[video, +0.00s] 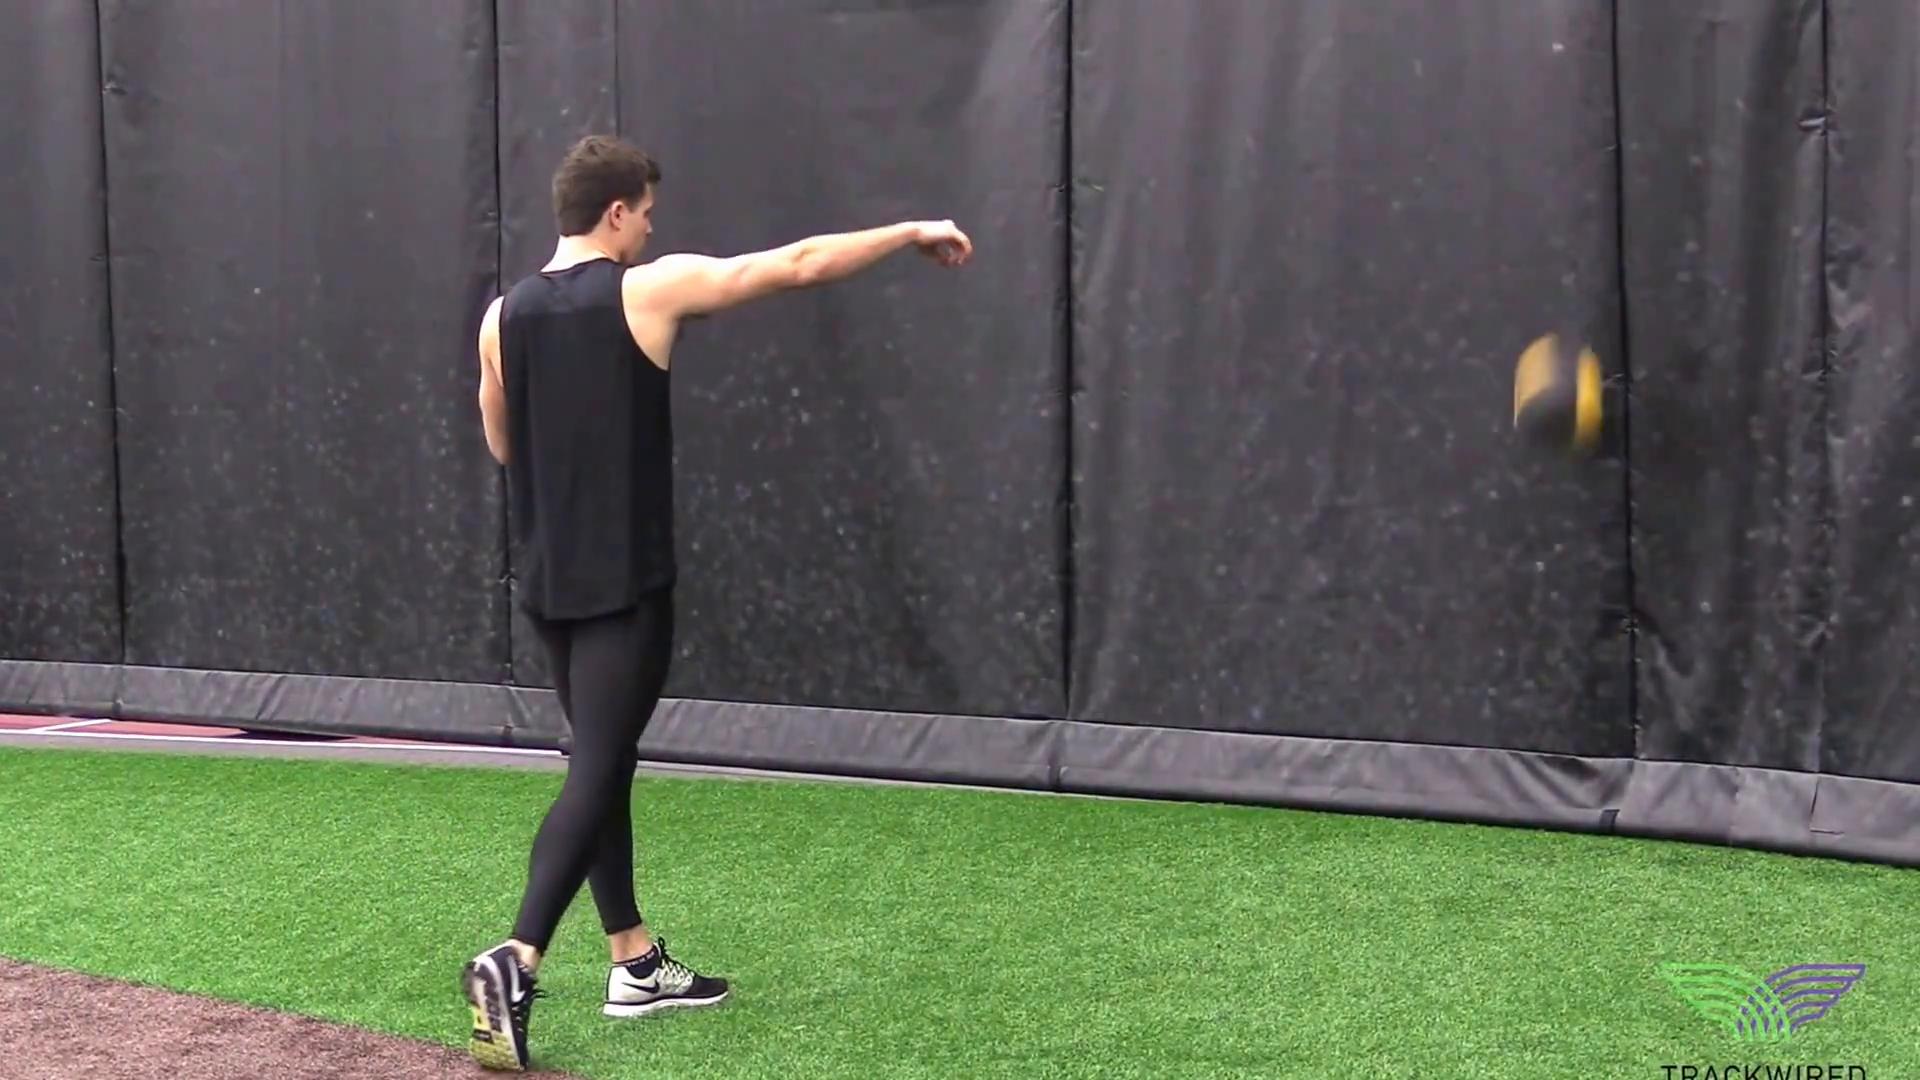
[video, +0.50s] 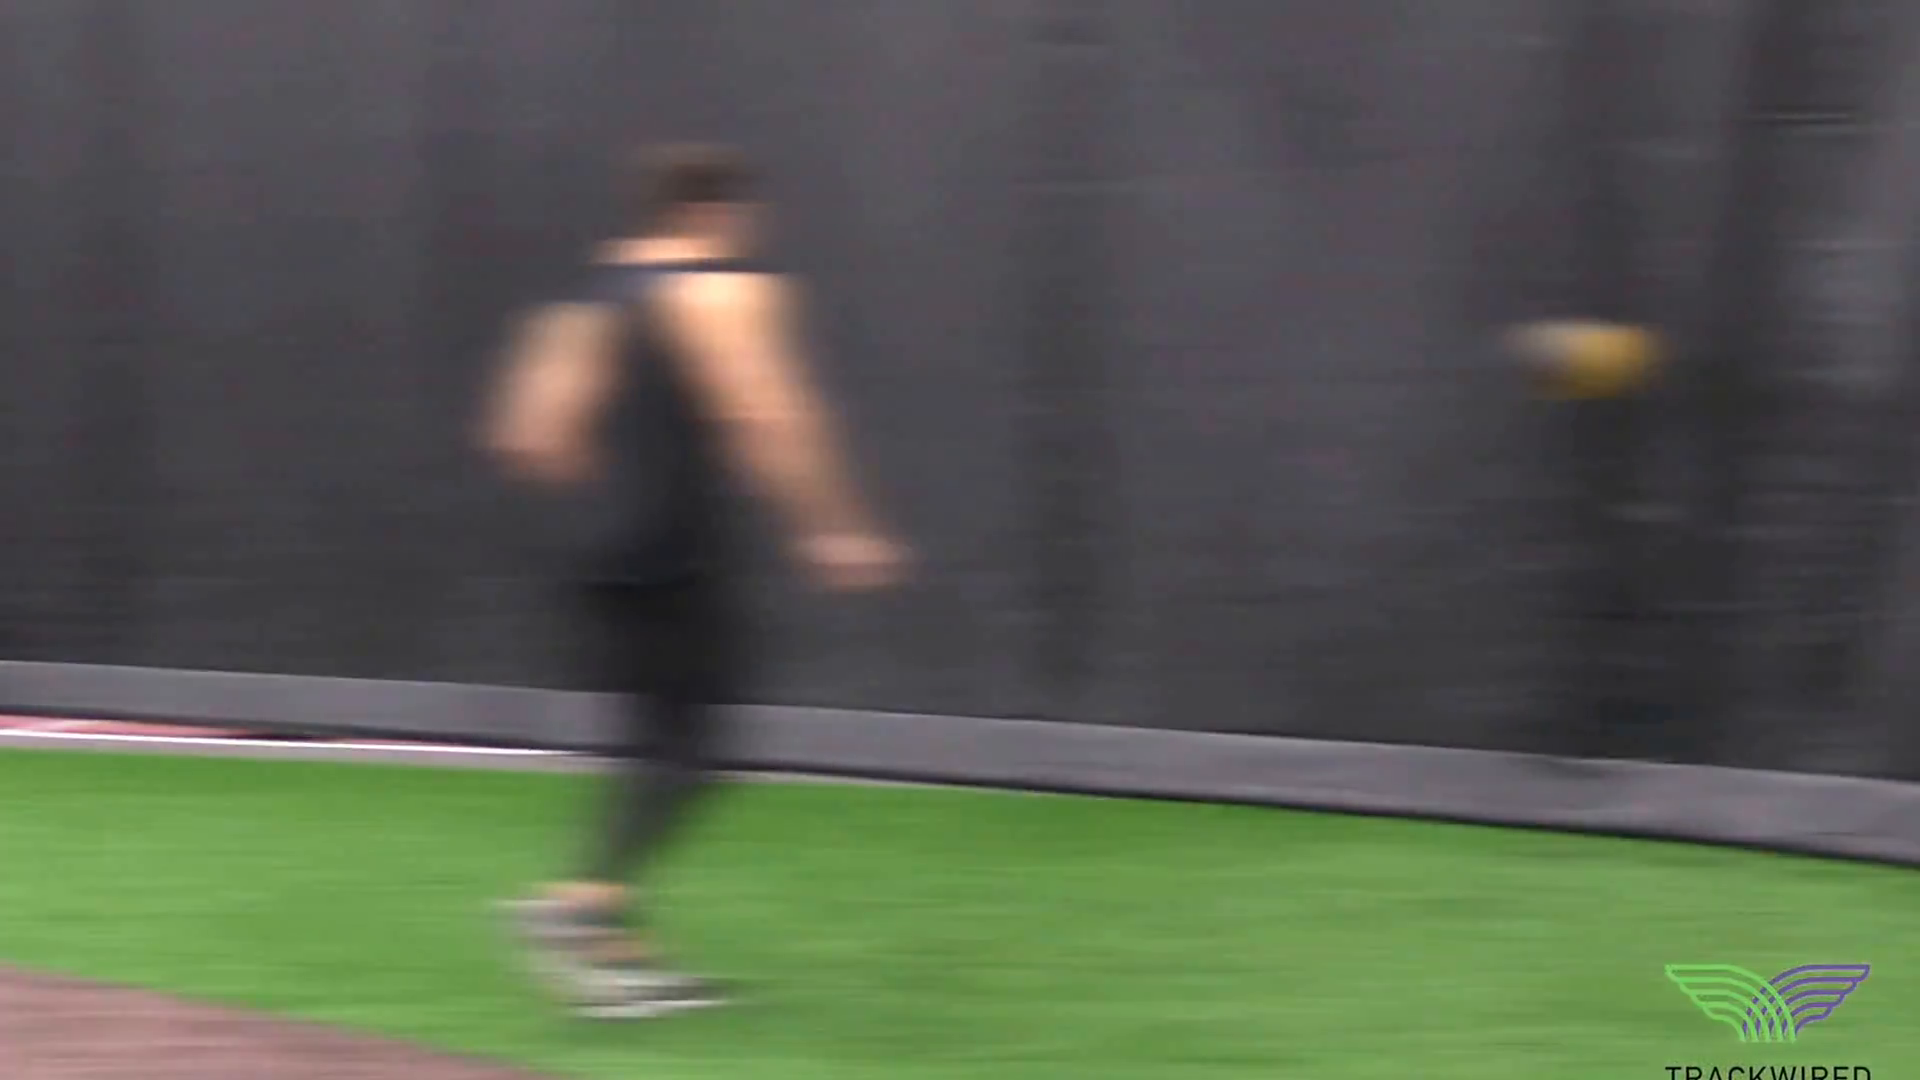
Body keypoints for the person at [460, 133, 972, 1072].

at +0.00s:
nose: (652, 226)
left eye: (650, 212)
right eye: (649, 211)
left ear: (571, 216)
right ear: (620, 213)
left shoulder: (504, 313)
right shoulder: (651, 287)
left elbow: (501, 438)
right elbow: (796, 265)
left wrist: (555, 462)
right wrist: (909, 230)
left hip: (546, 571)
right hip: (625, 568)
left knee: (602, 763)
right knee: (596, 767)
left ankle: (634, 963)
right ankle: (516, 957)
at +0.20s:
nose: (685, 259)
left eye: (682, 243)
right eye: (683, 244)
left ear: (601, 244)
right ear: (659, 244)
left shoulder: (532, 337)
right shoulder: (682, 323)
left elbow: (506, 469)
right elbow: (832, 332)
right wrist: (942, 326)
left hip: (533, 596)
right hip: (606, 597)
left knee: (644, 750)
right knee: (547, 790)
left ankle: (634, 963)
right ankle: (454, 987)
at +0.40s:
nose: (727, 248)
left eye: (723, 232)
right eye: (720, 233)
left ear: (636, 229)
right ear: (693, 229)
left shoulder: (575, 320)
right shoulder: (710, 308)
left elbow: (520, 454)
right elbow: (827, 394)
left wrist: (581, 499)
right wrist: (931, 460)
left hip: (592, 568)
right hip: (655, 570)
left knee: (636, 759)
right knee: (641, 758)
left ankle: (629, 956)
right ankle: (524, 930)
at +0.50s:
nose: (743, 236)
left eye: (739, 220)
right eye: (738, 221)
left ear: (655, 211)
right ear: (720, 215)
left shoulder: (603, 287)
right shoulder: (718, 286)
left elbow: (534, 430)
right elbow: (768, 416)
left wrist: (617, 471)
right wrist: (834, 526)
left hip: (613, 545)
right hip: (684, 549)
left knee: (663, 737)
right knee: (696, 738)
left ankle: (605, 937)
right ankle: (589, 897)